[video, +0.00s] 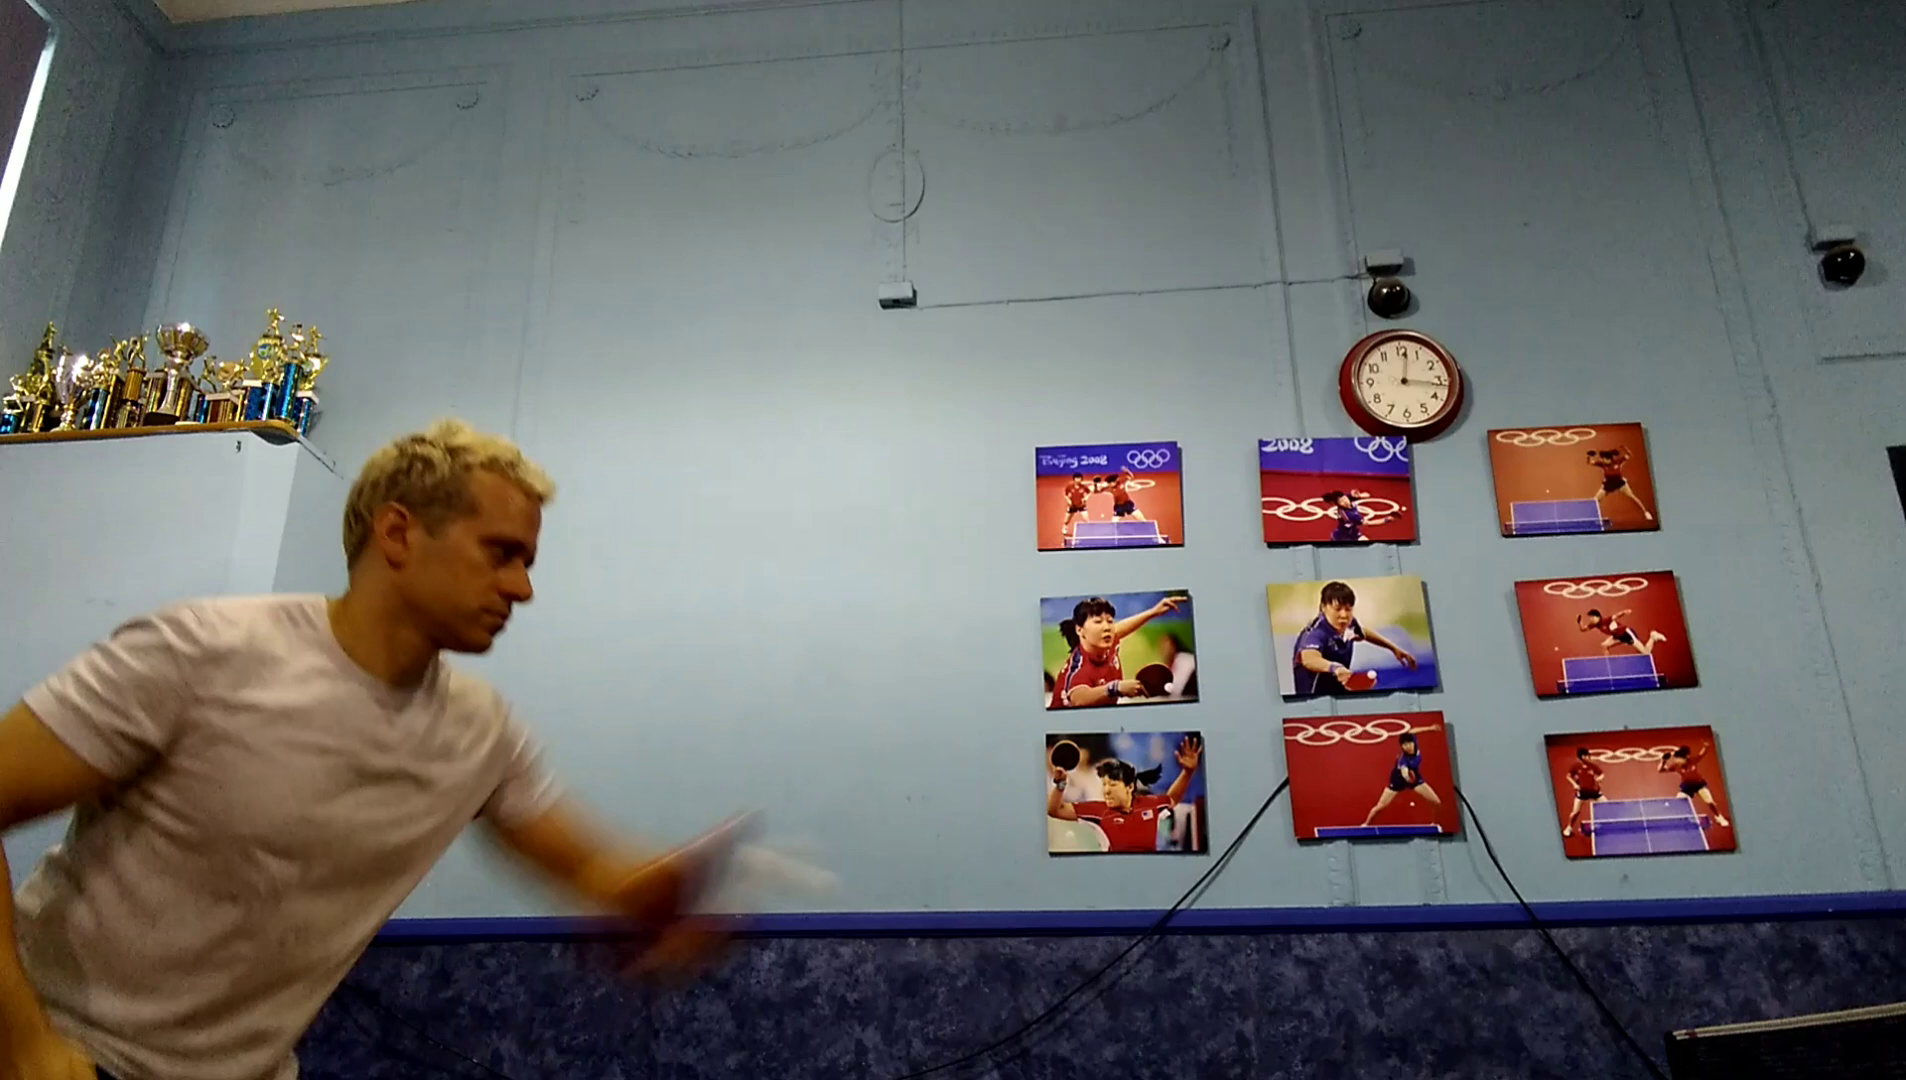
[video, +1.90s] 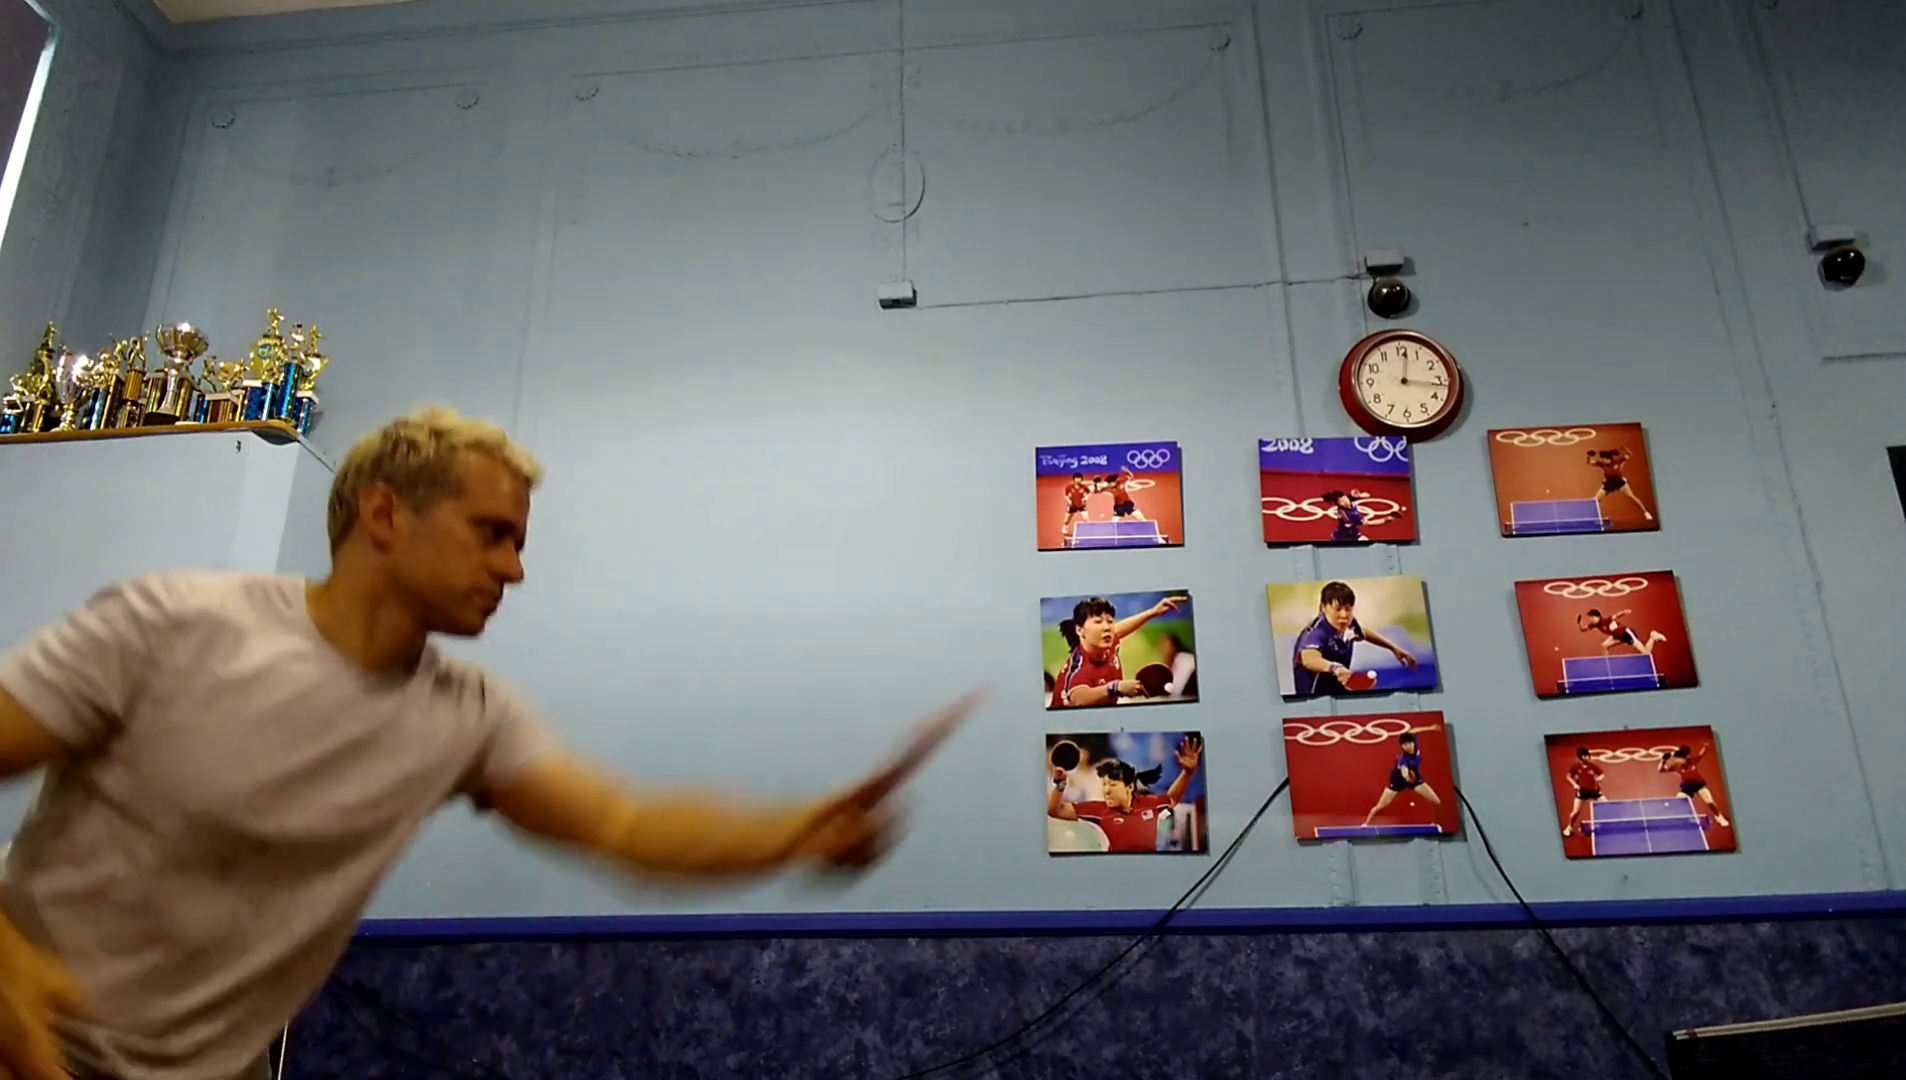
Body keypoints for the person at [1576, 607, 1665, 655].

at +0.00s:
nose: (1591, 621)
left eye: (1592, 618)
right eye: (1590, 619)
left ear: (1597, 617)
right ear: (1592, 619)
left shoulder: (1607, 620)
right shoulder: (1594, 625)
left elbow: (1617, 616)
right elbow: (1583, 630)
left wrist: (1625, 612)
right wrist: (1579, 623)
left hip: (1627, 634)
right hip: (1617, 637)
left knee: (1645, 652)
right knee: (1604, 645)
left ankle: (1653, 636)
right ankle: (1608, 667)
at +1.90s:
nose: (1590, 620)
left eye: (1591, 618)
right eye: (1590, 619)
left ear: (1597, 617)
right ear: (1593, 618)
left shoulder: (1607, 620)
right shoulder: (1594, 625)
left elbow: (1617, 615)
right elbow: (1583, 630)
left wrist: (1625, 612)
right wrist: (1579, 623)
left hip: (1627, 634)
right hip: (1617, 637)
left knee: (1645, 652)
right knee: (1604, 645)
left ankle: (1653, 636)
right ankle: (1608, 667)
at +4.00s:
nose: (1590, 620)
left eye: (1591, 618)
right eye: (1590, 618)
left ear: (1596, 617)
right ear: (1593, 618)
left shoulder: (1606, 620)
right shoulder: (1593, 624)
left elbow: (1616, 616)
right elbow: (1583, 630)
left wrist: (1625, 612)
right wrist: (1579, 623)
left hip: (1627, 634)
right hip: (1617, 637)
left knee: (1646, 652)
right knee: (1604, 645)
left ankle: (1653, 636)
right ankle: (1608, 666)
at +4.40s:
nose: (1590, 620)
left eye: (1591, 618)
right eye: (1590, 618)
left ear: (1597, 617)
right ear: (1593, 618)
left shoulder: (1606, 621)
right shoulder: (1594, 624)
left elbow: (1617, 616)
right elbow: (1583, 630)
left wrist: (1625, 612)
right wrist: (1579, 623)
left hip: (1627, 634)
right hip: (1618, 637)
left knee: (1646, 652)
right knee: (1604, 645)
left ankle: (1653, 636)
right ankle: (1608, 667)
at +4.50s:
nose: (1590, 620)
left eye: (1591, 618)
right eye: (1590, 618)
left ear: (1597, 617)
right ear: (1593, 618)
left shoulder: (1606, 620)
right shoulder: (1594, 624)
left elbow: (1617, 616)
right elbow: (1583, 630)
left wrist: (1625, 612)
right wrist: (1579, 623)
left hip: (1627, 634)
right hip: (1618, 637)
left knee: (1645, 652)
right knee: (1604, 645)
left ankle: (1653, 636)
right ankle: (1608, 667)